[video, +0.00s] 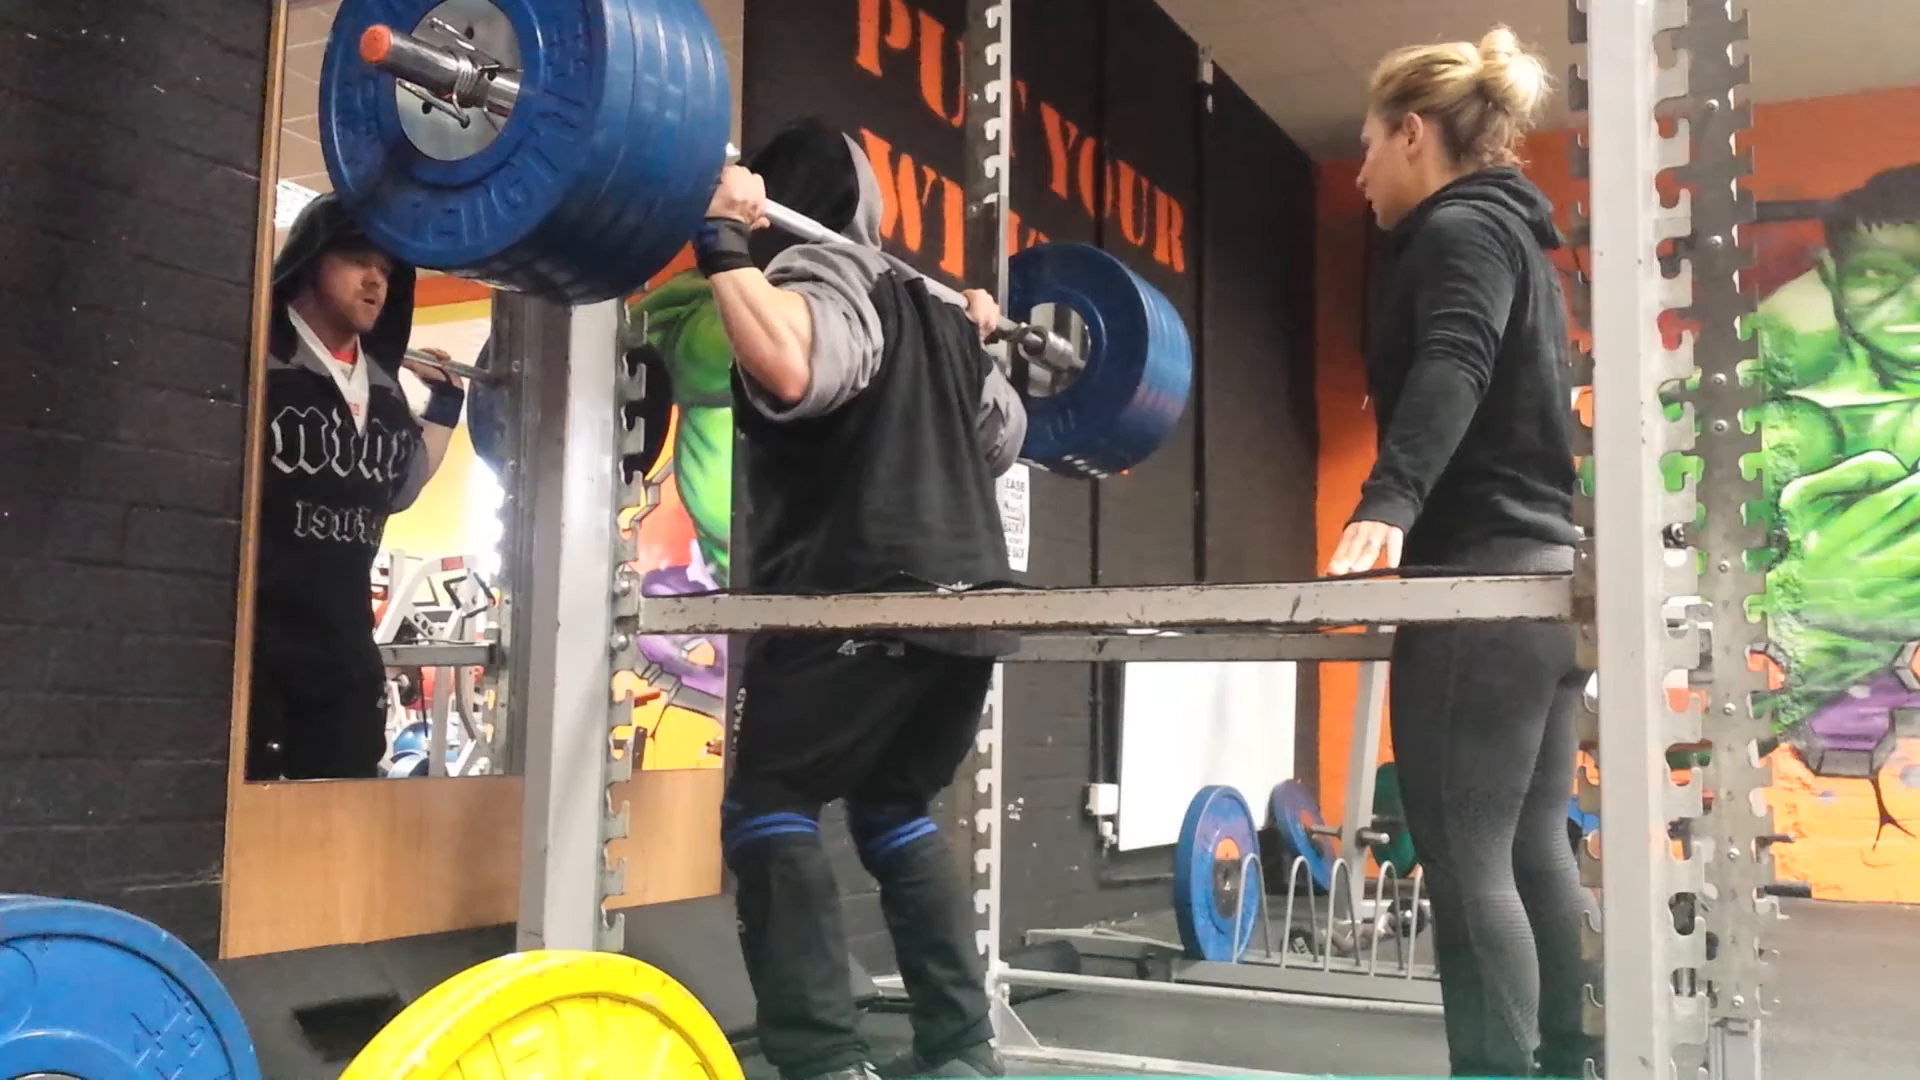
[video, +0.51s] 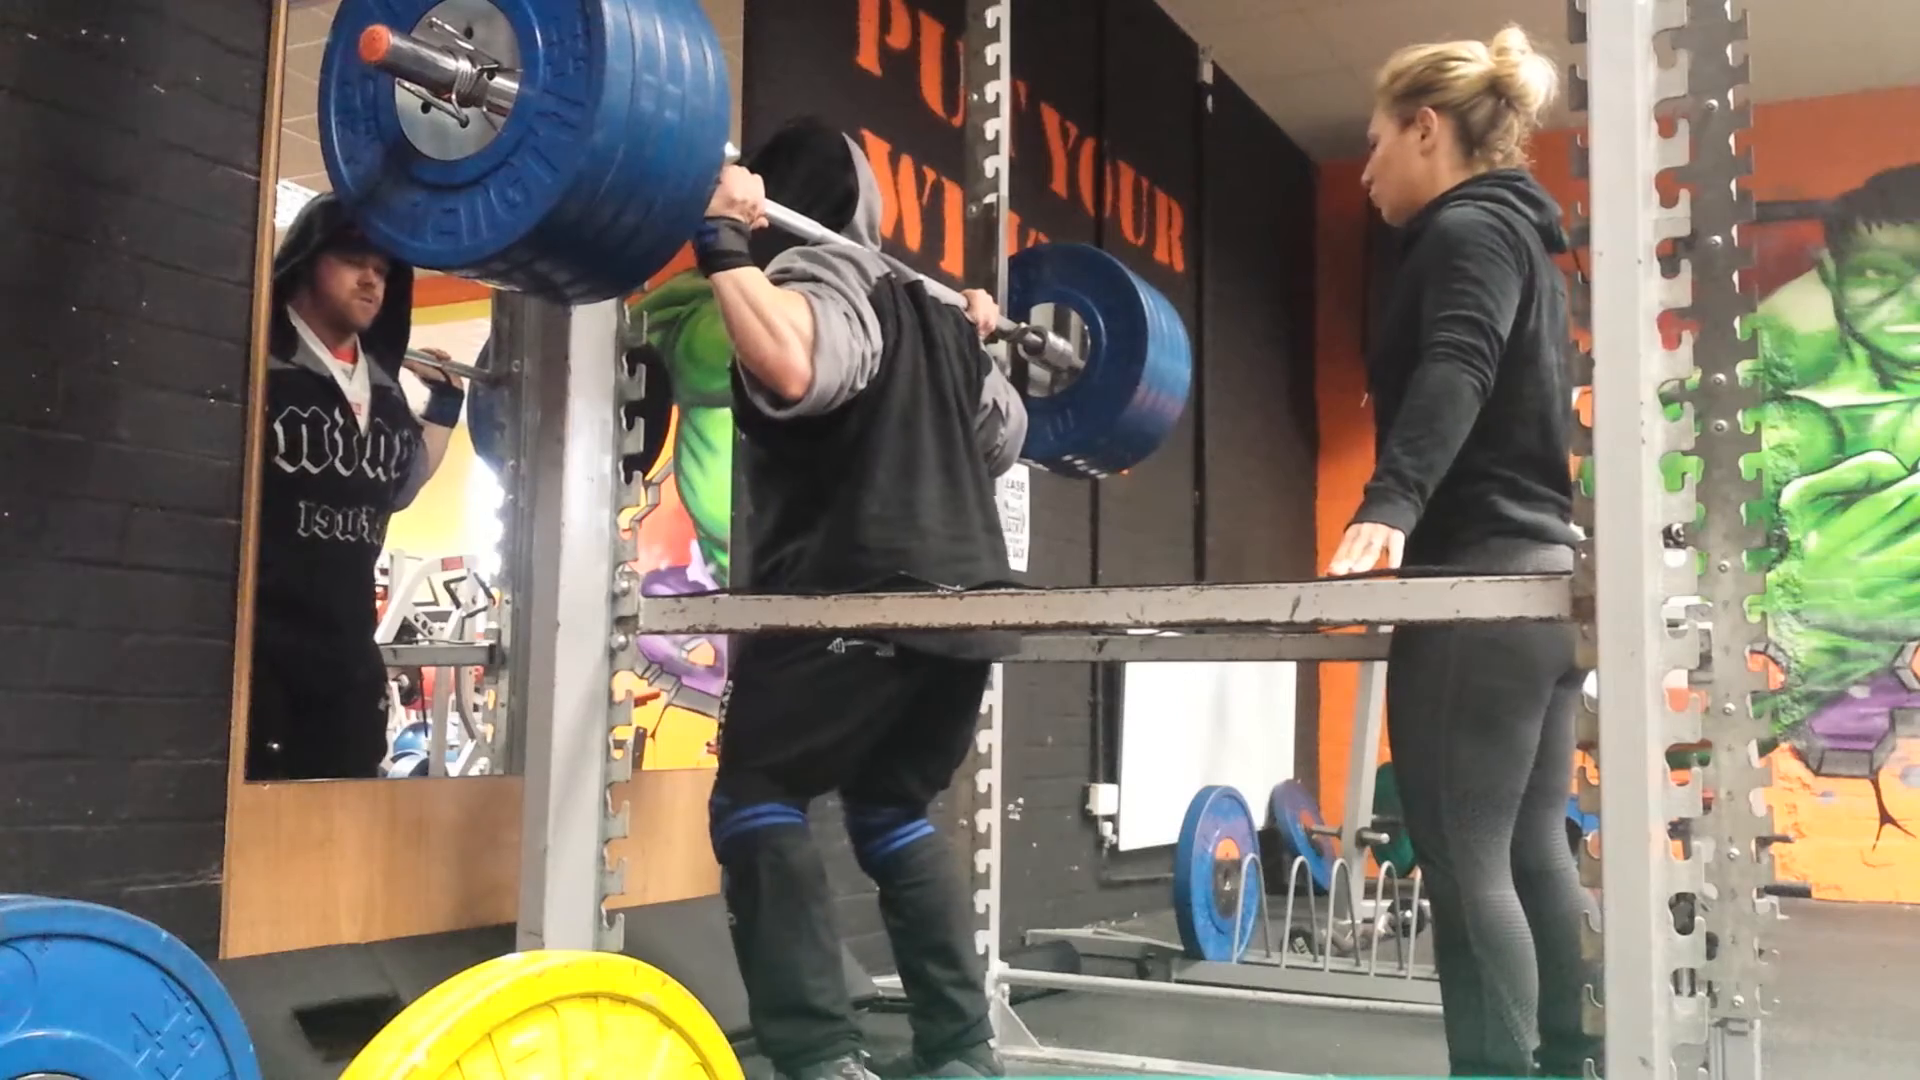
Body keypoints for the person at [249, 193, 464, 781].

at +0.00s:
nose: (377, 280)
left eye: (385, 269)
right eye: (357, 260)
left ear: (392, 288)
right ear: (309, 268)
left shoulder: (388, 390)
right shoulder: (257, 355)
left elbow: (400, 492)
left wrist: (447, 401)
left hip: (342, 629)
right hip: (253, 621)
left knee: (341, 808)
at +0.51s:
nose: (372, 280)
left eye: (382, 271)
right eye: (354, 261)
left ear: (388, 290)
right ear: (306, 267)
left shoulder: (387, 389)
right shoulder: (257, 356)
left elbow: (400, 491)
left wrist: (446, 403)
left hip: (347, 637)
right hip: (257, 628)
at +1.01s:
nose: (374, 323)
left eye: (386, 310)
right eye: (360, 302)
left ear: (397, 317)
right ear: (314, 292)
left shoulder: (381, 396)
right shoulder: (256, 367)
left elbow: (397, 490)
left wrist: (444, 402)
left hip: (338, 635)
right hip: (251, 628)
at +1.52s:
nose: (388, 302)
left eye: (395, 289)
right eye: (371, 280)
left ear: (403, 302)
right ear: (320, 278)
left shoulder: (383, 397)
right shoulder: (256, 361)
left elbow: (400, 492)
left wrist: (446, 400)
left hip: (341, 639)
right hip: (251, 630)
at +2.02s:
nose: (379, 282)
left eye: (390, 272)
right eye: (361, 263)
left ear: (400, 292)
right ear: (314, 269)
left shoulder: (392, 389)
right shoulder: (259, 355)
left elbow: (405, 492)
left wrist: (448, 401)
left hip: (354, 639)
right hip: (261, 628)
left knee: (356, 813)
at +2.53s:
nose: (388, 278)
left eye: (400, 269)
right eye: (372, 258)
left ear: (408, 288)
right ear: (327, 257)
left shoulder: (388, 379)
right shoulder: (256, 336)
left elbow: (392, 480)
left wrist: (443, 395)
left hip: (334, 620)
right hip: (247, 606)